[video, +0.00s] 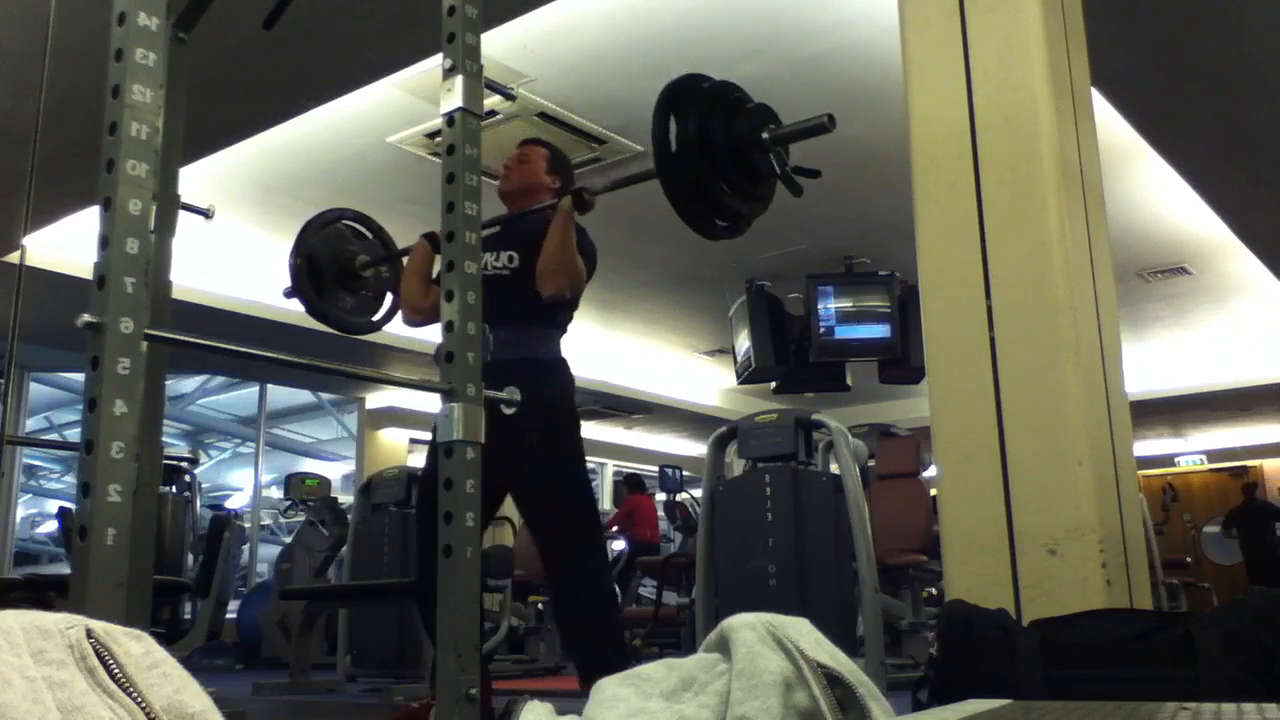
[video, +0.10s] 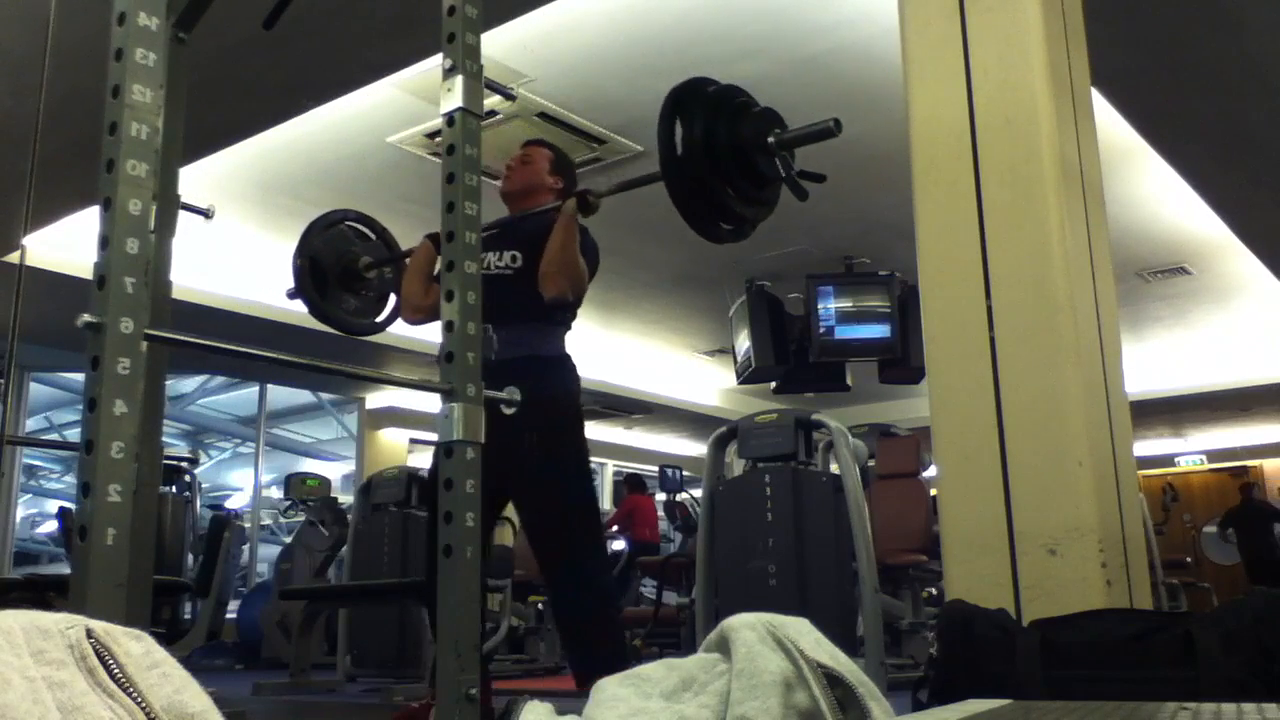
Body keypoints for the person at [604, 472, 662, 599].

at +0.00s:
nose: (624, 490)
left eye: (625, 486)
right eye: (624, 487)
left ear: (629, 487)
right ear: (642, 485)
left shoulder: (632, 500)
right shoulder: (649, 501)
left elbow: (617, 518)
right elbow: (635, 522)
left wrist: (604, 528)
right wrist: (617, 532)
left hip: (638, 546)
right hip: (654, 546)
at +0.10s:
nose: (624, 490)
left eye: (625, 486)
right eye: (624, 487)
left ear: (629, 487)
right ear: (643, 486)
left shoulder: (631, 500)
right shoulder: (650, 501)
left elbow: (616, 518)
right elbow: (636, 522)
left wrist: (603, 527)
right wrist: (618, 531)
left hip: (637, 545)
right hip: (654, 545)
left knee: (624, 574)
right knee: (649, 578)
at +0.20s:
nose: (624, 490)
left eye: (626, 486)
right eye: (625, 486)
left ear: (630, 487)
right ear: (643, 486)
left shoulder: (631, 500)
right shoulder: (649, 500)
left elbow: (617, 518)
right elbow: (637, 520)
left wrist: (607, 526)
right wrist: (621, 530)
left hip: (637, 543)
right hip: (653, 543)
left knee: (625, 573)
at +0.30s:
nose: (626, 490)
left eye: (627, 487)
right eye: (626, 487)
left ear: (631, 487)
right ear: (644, 486)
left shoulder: (630, 500)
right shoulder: (650, 500)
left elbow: (616, 520)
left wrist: (606, 529)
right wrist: (619, 532)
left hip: (637, 544)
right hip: (654, 544)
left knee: (618, 575)